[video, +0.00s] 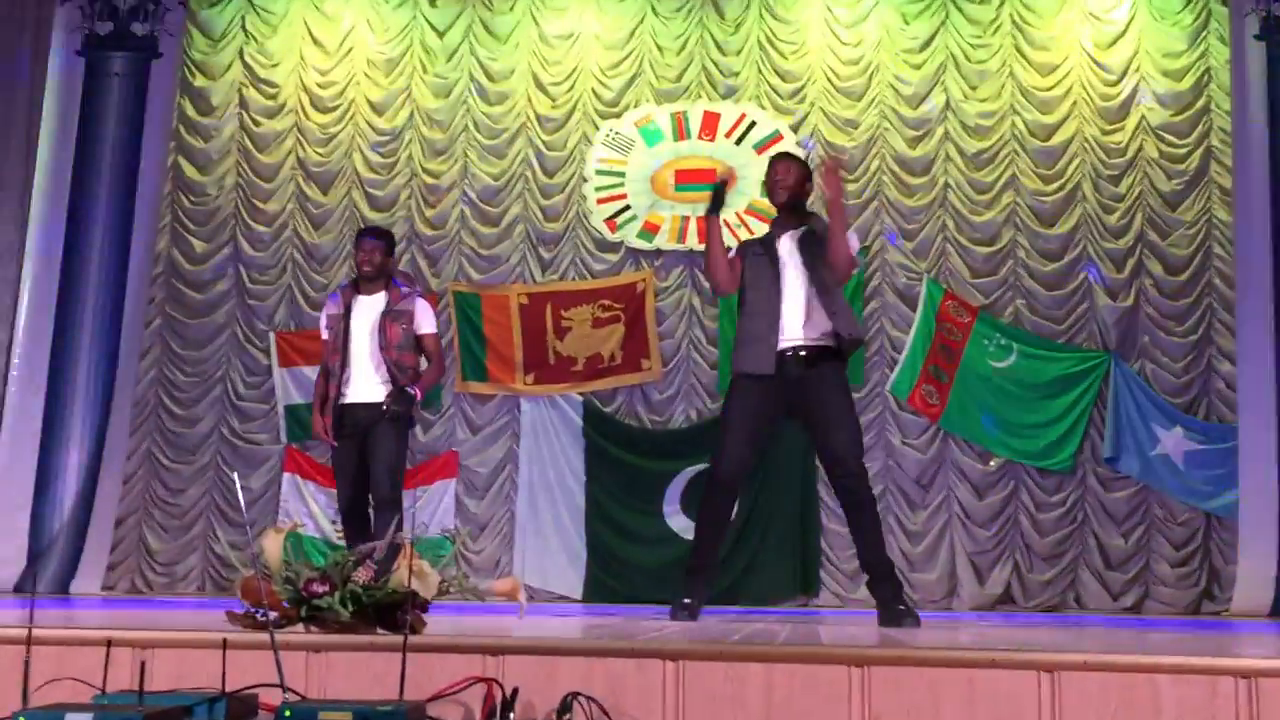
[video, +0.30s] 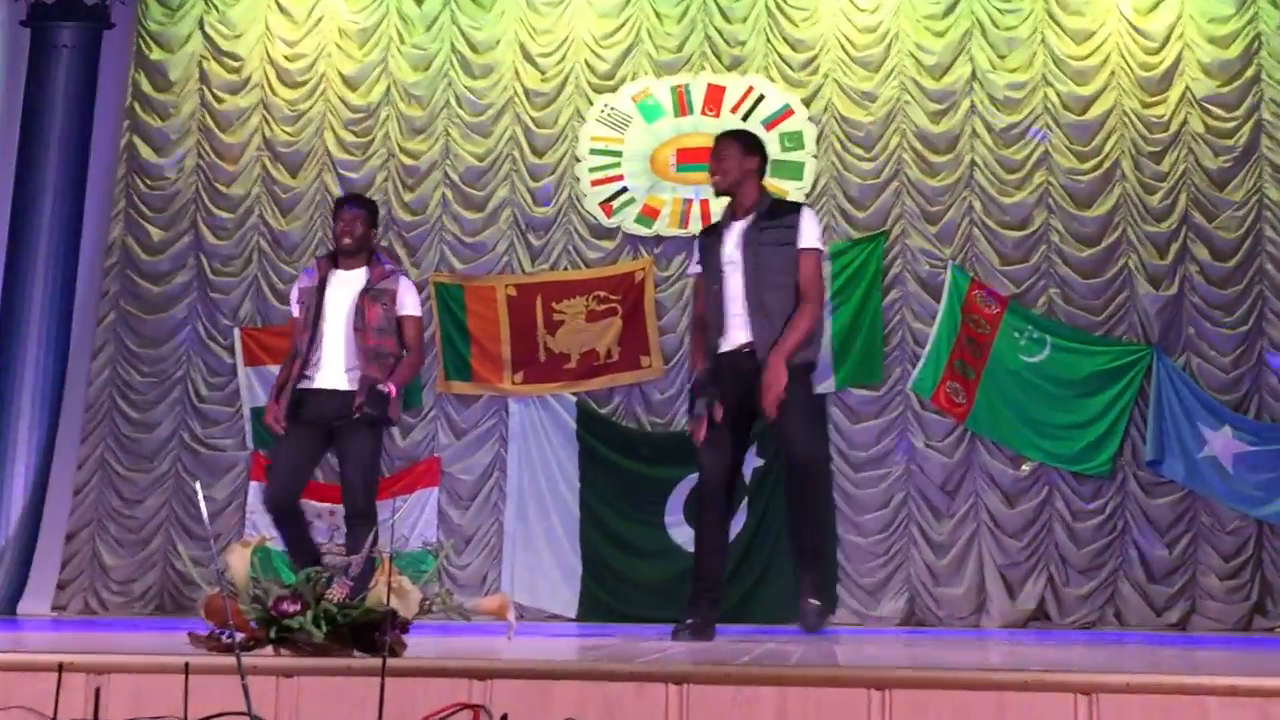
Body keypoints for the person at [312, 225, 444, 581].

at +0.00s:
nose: (366, 259)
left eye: (375, 253)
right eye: (361, 252)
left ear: (390, 260)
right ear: (353, 256)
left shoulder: (414, 304)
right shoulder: (335, 304)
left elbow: (437, 364)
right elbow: (326, 365)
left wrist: (416, 391)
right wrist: (317, 410)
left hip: (388, 413)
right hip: (344, 415)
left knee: (386, 497)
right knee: (349, 502)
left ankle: (383, 579)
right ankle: (362, 578)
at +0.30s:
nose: (345, 229)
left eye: (355, 223)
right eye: (340, 222)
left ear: (373, 231)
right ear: (332, 228)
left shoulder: (396, 284)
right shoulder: (310, 279)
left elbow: (414, 353)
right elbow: (297, 348)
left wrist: (389, 389)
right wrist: (278, 396)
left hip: (361, 407)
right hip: (308, 406)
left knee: (359, 505)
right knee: (279, 496)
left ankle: (354, 600)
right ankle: (314, 581)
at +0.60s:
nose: (312, 238)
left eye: (322, 231)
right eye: (306, 230)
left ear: (339, 238)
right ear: (297, 235)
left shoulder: (363, 292)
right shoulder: (272, 289)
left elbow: (382, 363)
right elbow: (256, 357)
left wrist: (364, 407)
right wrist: (244, 404)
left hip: (330, 419)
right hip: (274, 416)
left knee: (335, 521)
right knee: (250, 516)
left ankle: (337, 618)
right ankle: (239, 614)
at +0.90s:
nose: (285, 225)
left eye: (295, 219)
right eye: (279, 218)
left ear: (312, 228)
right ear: (270, 225)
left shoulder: (337, 278)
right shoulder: (247, 279)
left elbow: (365, 348)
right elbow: (216, 349)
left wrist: (355, 394)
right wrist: (223, 405)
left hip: (321, 409)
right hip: (265, 410)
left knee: (341, 509)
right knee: (255, 515)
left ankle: (353, 610)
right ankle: (253, 614)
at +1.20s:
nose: (314, 224)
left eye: (322, 217)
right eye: (307, 216)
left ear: (336, 222)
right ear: (296, 220)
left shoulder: (358, 270)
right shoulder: (270, 268)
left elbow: (385, 336)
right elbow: (245, 336)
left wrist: (377, 384)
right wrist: (233, 397)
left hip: (336, 405)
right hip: (279, 405)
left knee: (356, 507)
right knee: (264, 508)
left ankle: (368, 603)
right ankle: (262, 607)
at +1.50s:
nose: (355, 177)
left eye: (364, 171)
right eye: (348, 169)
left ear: (378, 176)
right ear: (337, 174)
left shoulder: (398, 224)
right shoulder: (309, 221)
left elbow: (416, 287)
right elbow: (267, 277)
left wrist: (428, 340)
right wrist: (255, 333)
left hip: (371, 350)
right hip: (313, 349)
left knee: (380, 451)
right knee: (290, 447)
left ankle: (386, 551)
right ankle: (302, 547)